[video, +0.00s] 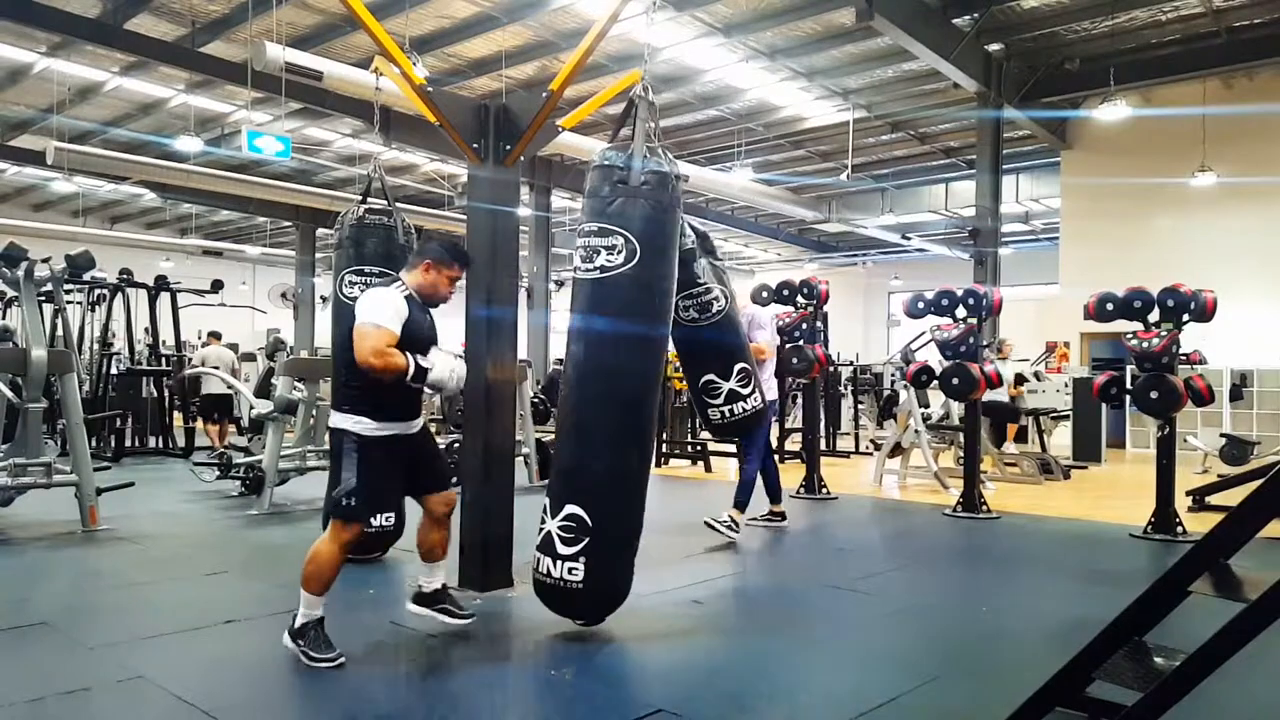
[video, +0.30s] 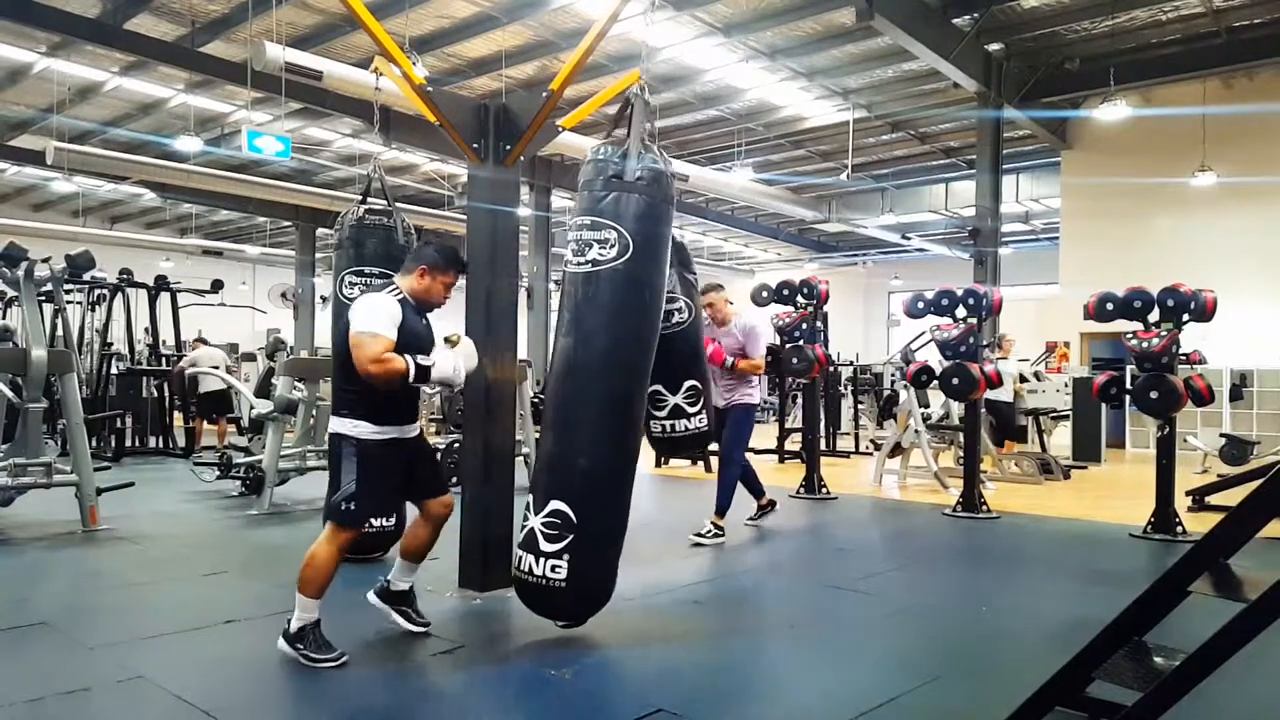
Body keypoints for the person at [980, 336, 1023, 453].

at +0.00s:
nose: (1010, 349)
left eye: (1010, 346)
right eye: (1007, 346)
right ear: (1000, 348)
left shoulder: (1009, 364)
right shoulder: (990, 363)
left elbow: (1009, 389)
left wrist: (1016, 392)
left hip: (1004, 400)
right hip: (988, 399)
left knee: (1001, 432)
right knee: (1014, 412)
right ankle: (1009, 443)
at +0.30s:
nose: (1011, 345)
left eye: (1012, 342)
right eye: (1007, 342)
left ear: (1013, 345)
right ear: (1000, 344)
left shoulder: (1013, 362)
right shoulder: (992, 359)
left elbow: (1015, 382)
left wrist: (1018, 387)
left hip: (1008, 398)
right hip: (993, 397)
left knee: (1001, 433)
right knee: (1010, 427)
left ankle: (998, 462)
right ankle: (1008, 459)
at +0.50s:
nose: (1010, 344)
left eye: (1012, 341)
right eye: (1007, 341)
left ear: (1014, 344)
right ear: (1000, 344)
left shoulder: (1016, 361)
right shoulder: (993, 360)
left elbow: (1020, 381)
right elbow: (986, 376)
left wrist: (1022, 390)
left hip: (1012, 397)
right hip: (996, 397)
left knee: (1009, 425)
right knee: (1006, 423)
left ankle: (1003, 448)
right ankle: (1003, 447)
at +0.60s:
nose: (1010, 344)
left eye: (1012, 341)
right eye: (1007, 341)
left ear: (1015, 343)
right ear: (1001, 344)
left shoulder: (1018, 361)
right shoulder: (996, 359)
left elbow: (1023, 377)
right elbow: (987, 372)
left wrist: (1024, 383)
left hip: (1014, 396)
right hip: (998, 396)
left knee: (1011, 423)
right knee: (1001, 423)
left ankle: (1007, 444)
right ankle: (1001, 447)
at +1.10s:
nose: (1015, 343)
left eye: (1018, 340)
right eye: (1012, 340)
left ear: (1021, 343)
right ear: (1007, 343)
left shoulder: (1027, 361)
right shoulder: (1000, 359)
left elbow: (1032, 382)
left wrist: (1027, 386)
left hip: (1019, 401)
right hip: (1002, 400)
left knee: (1025, 436)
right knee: (1003, 439)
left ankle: (1017, 457)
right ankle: (1005, 471)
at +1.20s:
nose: (1017, 343)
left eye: (1020, 340)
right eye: (1014, 340)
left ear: (1024, 343)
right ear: (1009, 343)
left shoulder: (1028, 362)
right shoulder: (1002, 358)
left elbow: (1033, 381)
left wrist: (1028, 387)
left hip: (1021, 401)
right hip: (1004, 400)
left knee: (1029, 437)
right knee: (1004, 438)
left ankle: (1026, 467)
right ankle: (1006, 467)